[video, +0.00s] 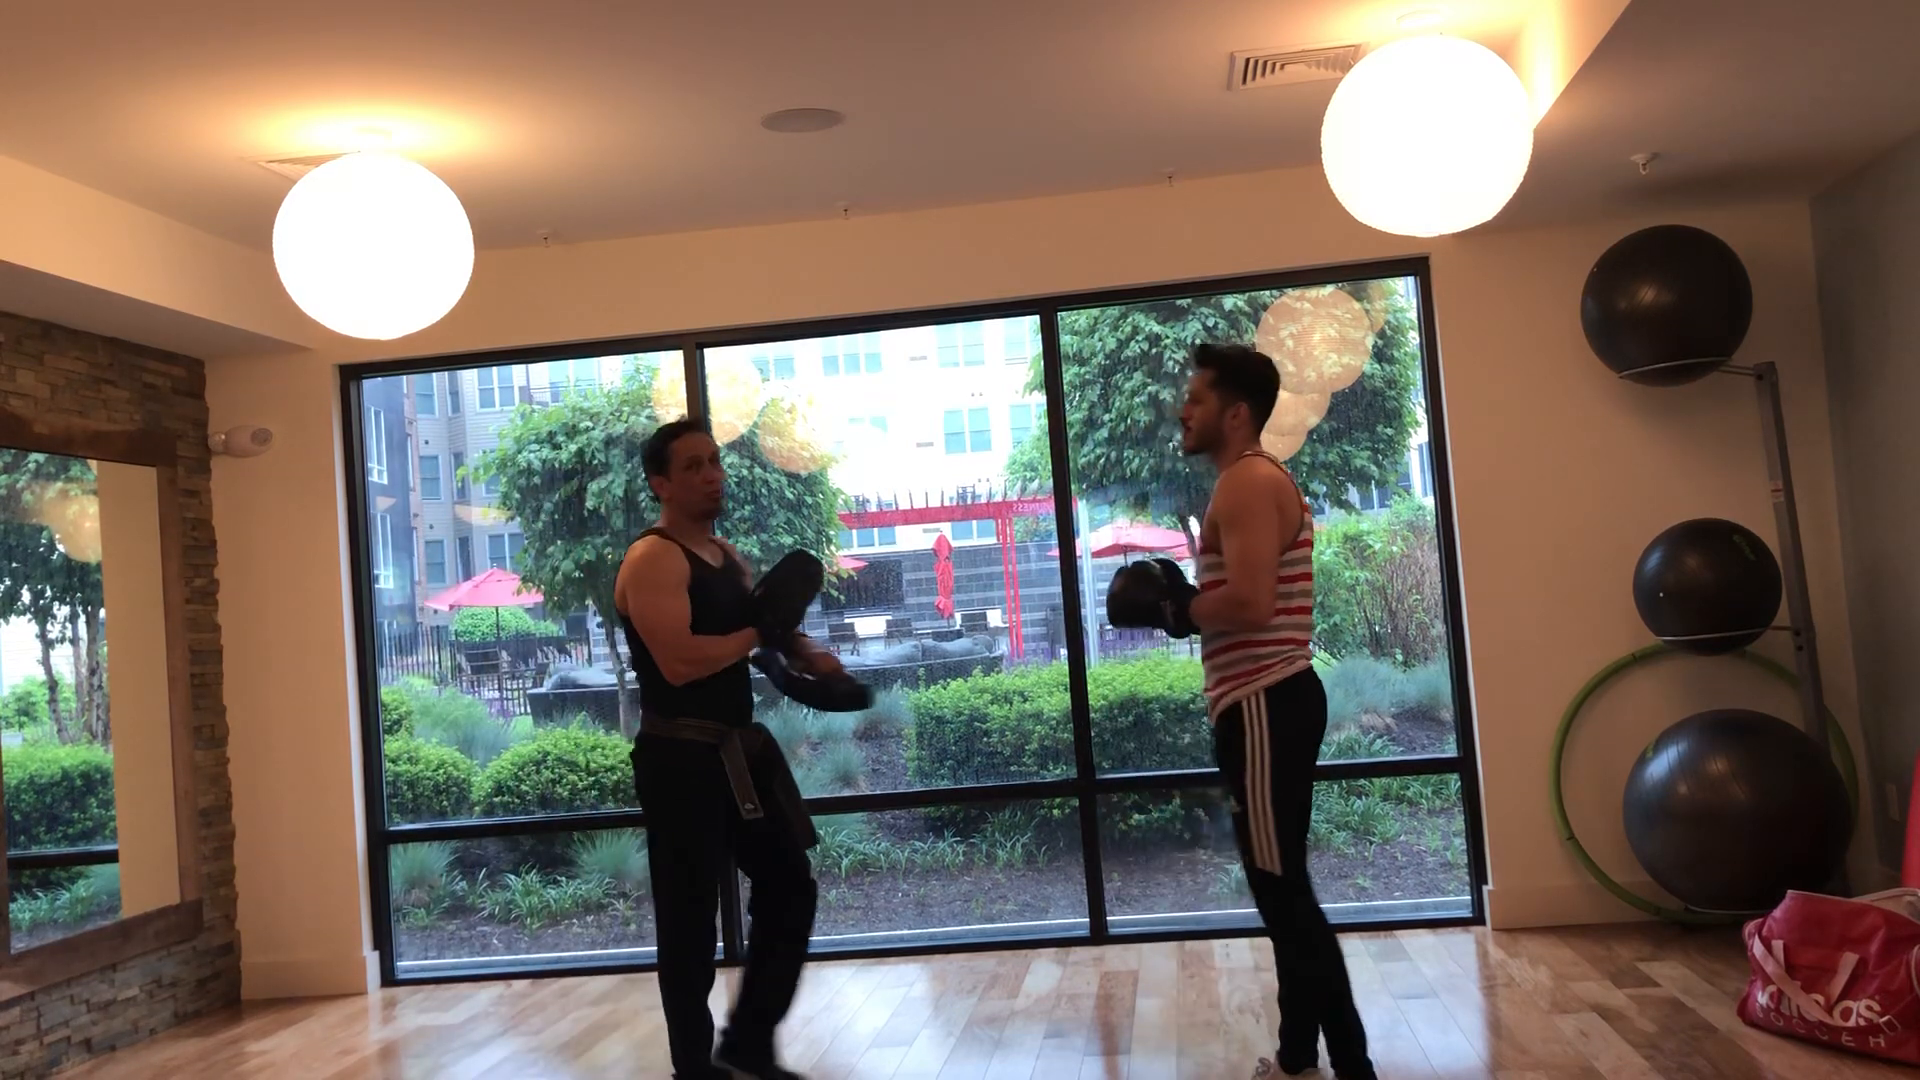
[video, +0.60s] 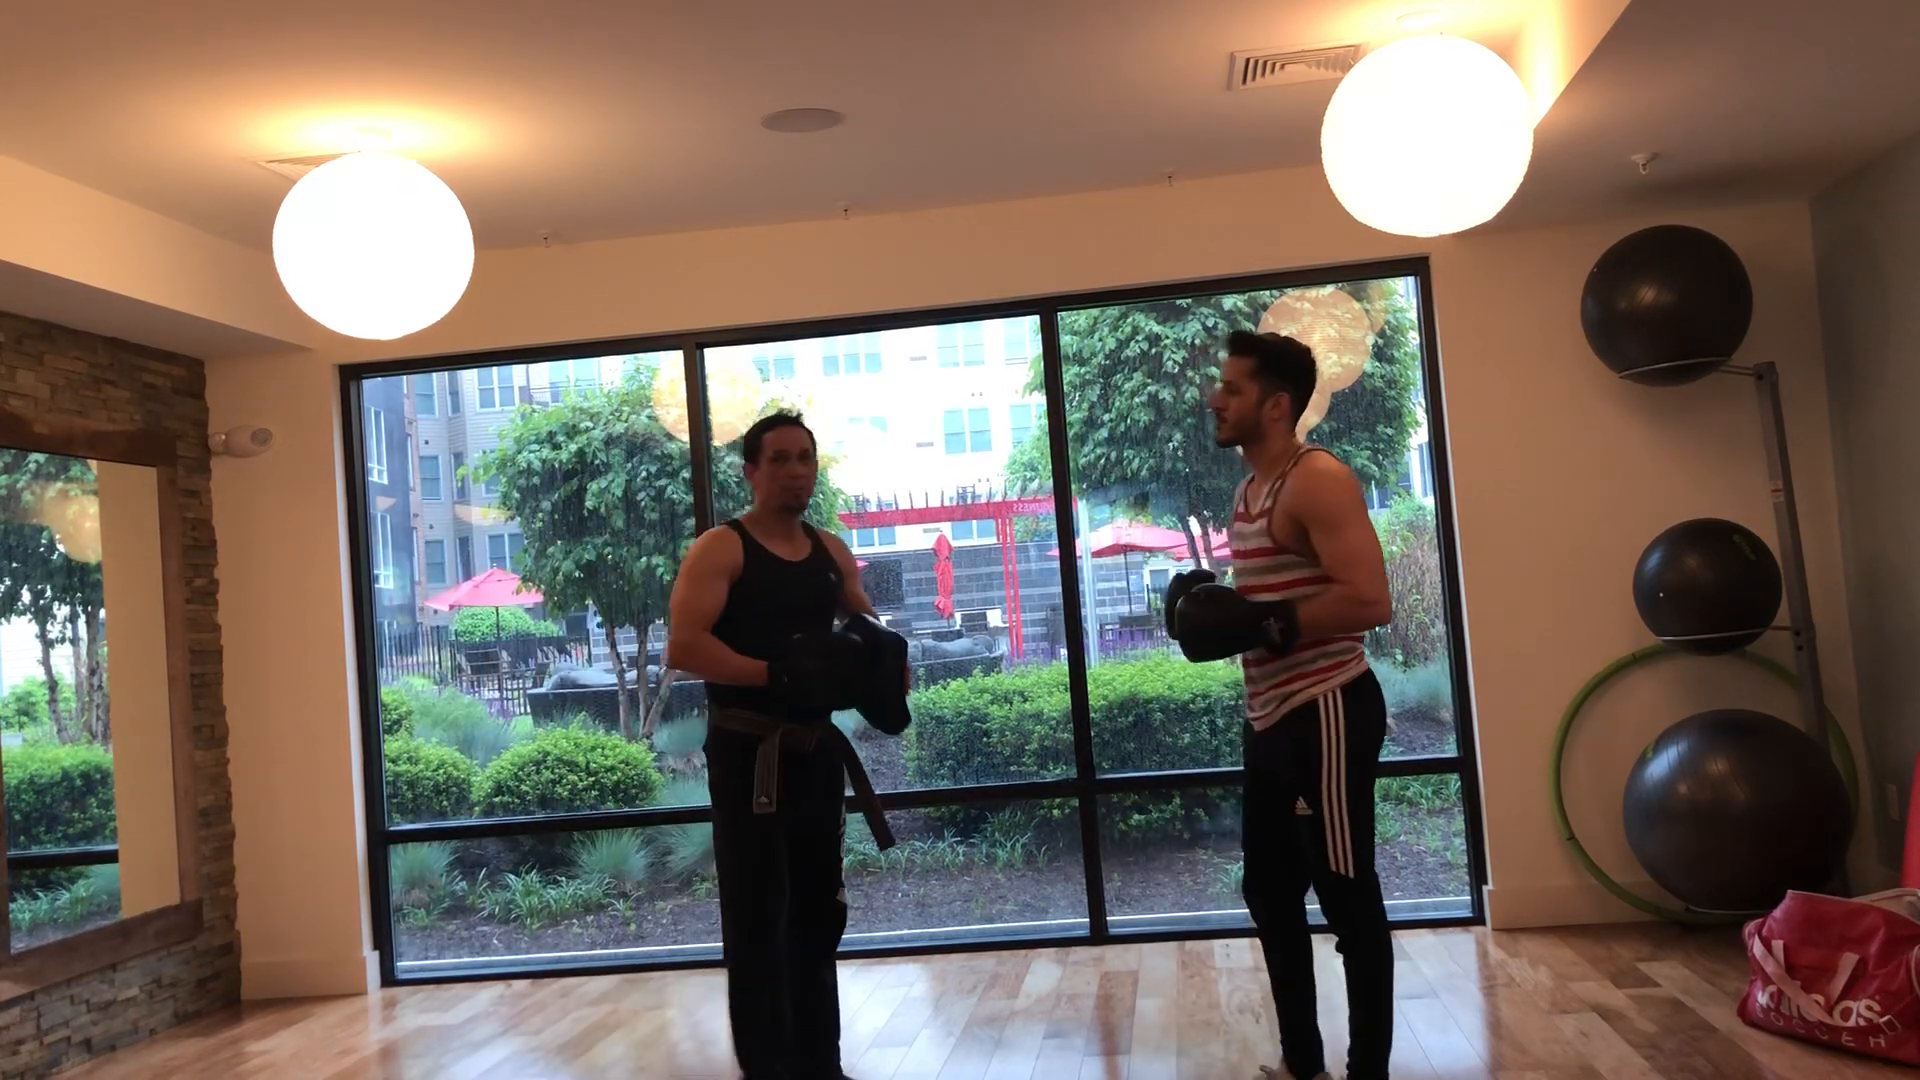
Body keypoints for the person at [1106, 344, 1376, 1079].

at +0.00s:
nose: (1182, 411)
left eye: (1195, 398)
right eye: (1185, 397)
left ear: (1237, 410)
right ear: (1238, 413)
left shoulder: (1248, 482)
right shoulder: (1261, 481)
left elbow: (1248, 604)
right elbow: (1255, 601)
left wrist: (1168, 608)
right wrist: (1178, 598)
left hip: (1266, 702)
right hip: (1268, 698)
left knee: (1280, 885)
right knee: (1275, 883)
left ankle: (1353, 1065)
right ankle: (1297, 1054)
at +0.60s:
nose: (1214, 401)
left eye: (1230, 389)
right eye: (1217, 387)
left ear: (1278, 401)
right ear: (1254, 401)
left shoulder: (1319, 478)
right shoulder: (1251, 489)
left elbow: (1369, 601)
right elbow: (1278, 593)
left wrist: (1256, 623)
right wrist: (1218, 603)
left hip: (1331, 703)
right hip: (1273, 708)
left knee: (1349, 894)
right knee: (1269, 893)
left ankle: (1369, 1071)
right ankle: (1302, 1062)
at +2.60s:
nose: (1266, 410)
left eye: (1282, 396)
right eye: (1263, 396)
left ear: (1327, 401)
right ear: (1264, 403)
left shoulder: (1365, 480)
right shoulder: (1280, 498)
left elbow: (1420, 595)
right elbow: (1311, 598)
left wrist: (1315, 614)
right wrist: (1253, 610)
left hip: (1364, 698)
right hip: (1309, 708)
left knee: (1375, 882)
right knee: (1346, 884)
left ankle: (1403, 1061)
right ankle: (1395, 1052)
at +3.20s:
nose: (1245, 398)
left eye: (1257, 383)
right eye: (1248, 383)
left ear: (1303, 391)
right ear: (1295, 394)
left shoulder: (1358, 474)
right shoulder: (1291, 483)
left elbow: (1392, 607)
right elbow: (1314, 593)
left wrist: (1280, 612)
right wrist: (1254, 603)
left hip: (1366, 700)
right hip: (1308, 706)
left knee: (1380, 884)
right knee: (1299, 877)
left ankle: (1403, 1061)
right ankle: (1375, 1036)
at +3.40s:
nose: (1236, 406)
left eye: (1245, 392)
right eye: (1239, 392)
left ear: (1286, 396)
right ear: (1288, 398)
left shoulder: (1342, 474)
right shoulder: (1309, 480)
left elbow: (1364, 604)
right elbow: (1330, 599)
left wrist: (1269, 615)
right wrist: (1259, 608)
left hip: (1366, 698)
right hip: (1331, 701)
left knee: (1374, 879)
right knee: (1329, 872)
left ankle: (1402, 1060)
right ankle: (1405, 1036)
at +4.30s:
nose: (1233, 500)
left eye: (1234, 482)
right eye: (1228, 485)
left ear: (1273, 466)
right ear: (1282, 465)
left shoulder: (1311, 507)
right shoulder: (1366, 491)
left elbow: (1333, 625)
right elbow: (1347, 626)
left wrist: (1252, 621)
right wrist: (1264, 606)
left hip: (1429, 704)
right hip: (1474, 694)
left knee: (1348, 890)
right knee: (1440, 873)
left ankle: (1380, 1068)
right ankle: (1476, 1041)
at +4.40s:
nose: (1238, 521)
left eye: (1239, 503)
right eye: (1233, 506)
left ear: (1278, 489)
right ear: (1288, 488)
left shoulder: (1327, 529)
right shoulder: (1366, 516)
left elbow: (1327, 661)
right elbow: (1339, 645)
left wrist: (1247, 625)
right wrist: (1265, 616)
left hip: (1449, 719)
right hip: (1491, 711)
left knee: (1335, 887)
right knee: (1438, 873)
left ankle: (1381, 1071)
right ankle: (1479, 1044)